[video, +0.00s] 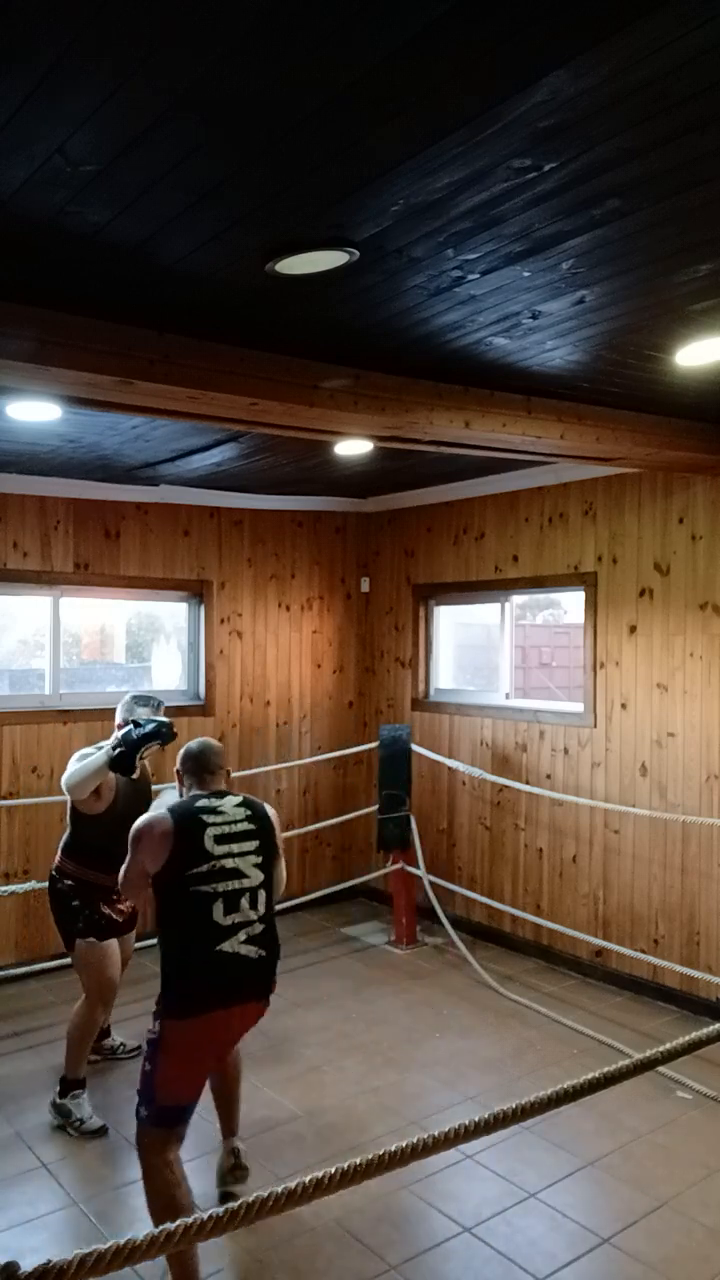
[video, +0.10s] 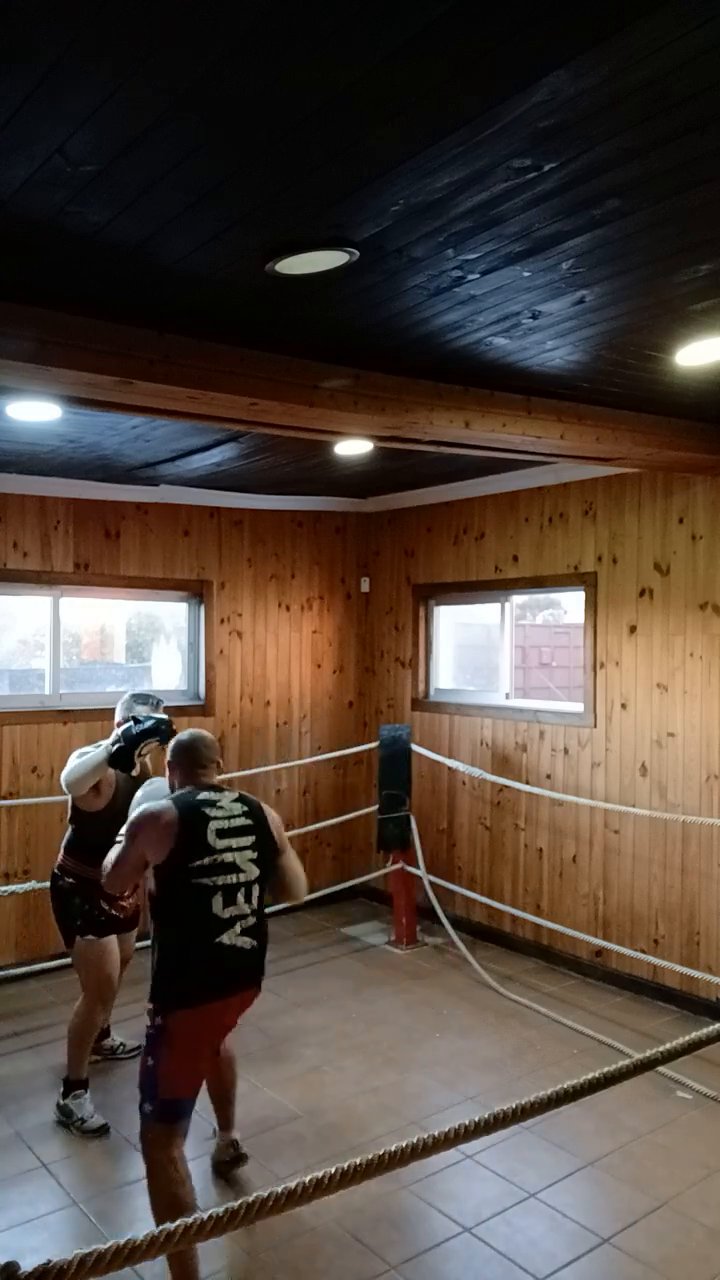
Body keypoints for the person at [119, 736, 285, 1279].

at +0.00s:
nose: (180, 784)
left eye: (177, 777)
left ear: (178, 778)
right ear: (227, 775)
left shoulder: (156, 826)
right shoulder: (264, 814)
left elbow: (130, 895)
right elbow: (274, 887)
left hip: (195, 997)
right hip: (258, 984)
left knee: (158, 1143)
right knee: (223, 1046)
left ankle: (186, 1272)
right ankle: (232, 1151)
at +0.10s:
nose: (165, 776)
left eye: (166, 769)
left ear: (170, 770)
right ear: (219, 768)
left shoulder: (157, 818)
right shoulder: (261, 812)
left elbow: (114, 884)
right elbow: (295, 888)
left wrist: (137, 837)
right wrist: (238, 881)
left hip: (187, 988)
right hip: (245, 977)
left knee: (163, 1142)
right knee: (217, 1041)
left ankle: (185, 1271)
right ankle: (228, 1142)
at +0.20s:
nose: (161, 766)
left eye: (162, 759)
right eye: (165, 759)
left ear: (170, 760)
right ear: (215, 758)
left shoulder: (176, 809)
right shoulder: (243, 797)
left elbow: (113, 874)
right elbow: (204, 856)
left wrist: (133, 819)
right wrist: (145, 844)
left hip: (194, 979)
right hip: (241, 965)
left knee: (138, 1119)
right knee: (225, 1055)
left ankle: (168, 1260)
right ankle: (246, 1156)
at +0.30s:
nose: (165, 770)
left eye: (166, 762)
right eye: (168, 763)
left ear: (172, 763)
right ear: (216, 759)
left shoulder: (189, 802)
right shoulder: (230, 795)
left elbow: (133, 875)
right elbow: (185, 863)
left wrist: (130, 819)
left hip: (202, 974)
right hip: (242, 961)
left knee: (135, 1107)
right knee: (221, 1053)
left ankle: (135, 1252)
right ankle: (247, 1155)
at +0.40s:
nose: (158, 772)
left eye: (159, 764)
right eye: (159, 764)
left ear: (167, 763)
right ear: (209, 758)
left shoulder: (181, 802)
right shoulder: (229, 793)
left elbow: (129, 881)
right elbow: (186, 857)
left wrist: (129, 829)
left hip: (199, 974)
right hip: (242, 961)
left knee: (138, 1107)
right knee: (225, 1053)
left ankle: (141, 1254)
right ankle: (246, 1155)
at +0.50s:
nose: (147, 768)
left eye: (147, 760)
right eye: (149, 759)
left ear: (151, 761)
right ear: (197, 757)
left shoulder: (162, 806)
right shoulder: (227, 794)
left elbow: (117, 891)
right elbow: (196, 853)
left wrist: (118, 845)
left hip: (188, 975)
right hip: (238, 963)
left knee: (139, 1110)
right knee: (227, 1049)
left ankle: (145, 1255)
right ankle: (245, 1155)